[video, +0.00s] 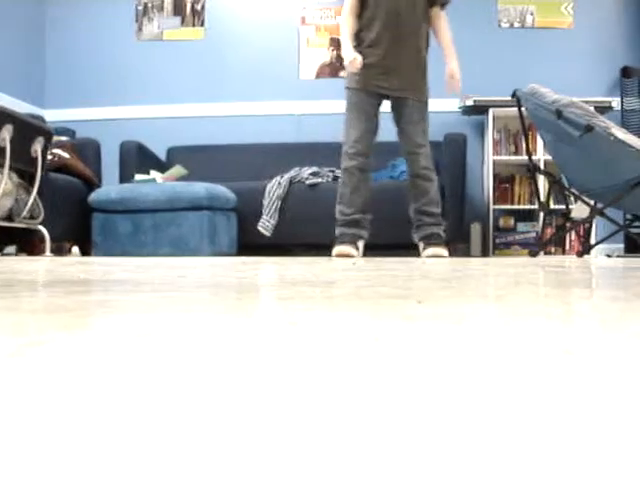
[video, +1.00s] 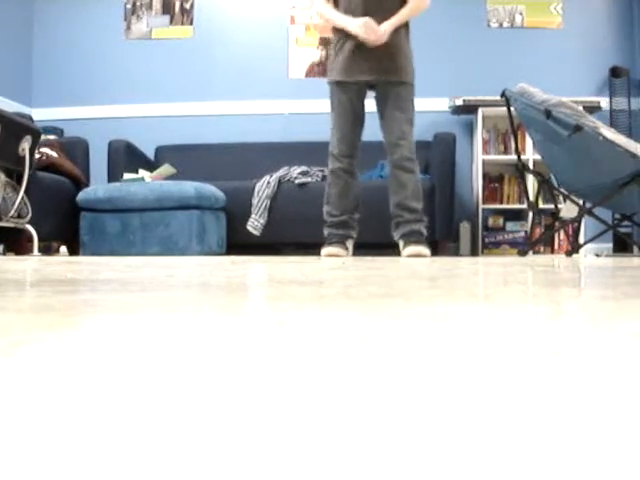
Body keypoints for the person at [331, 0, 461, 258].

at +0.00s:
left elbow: (437, 15)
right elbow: (349, 12)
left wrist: (451, 62)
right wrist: (348, 51)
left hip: (410, 72)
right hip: (365, 69)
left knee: (419, 157)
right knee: (355, 154)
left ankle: (431, 238)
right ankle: (348, 238)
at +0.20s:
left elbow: (409, 7)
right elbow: (324, 16)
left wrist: (422, 46)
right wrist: (319, 60)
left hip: (389, 67)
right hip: (344, 68)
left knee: (401, 151)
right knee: (342, 156)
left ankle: (412, 234)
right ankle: (344, 237)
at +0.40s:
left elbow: (398, 3)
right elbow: (307, 23)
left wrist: (414, 36)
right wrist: (285, 63)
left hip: (374, 61)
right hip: (330, 63)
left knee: (372, 147)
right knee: (331, 154)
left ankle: (384, 235)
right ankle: (337, 236)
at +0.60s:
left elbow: (397, 2)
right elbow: (300, 21)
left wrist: (410, 27)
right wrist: (268, 63)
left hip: (372, 57)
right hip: (327, 61)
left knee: (377, 128)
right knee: (331, 154)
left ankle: (400, 223)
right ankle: (337, 236)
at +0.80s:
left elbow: (400, 3)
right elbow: (310, 8)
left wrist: (382, 25)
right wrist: (297, 39)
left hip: (380, 56)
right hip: (332, 59)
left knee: (401, 146)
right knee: (334, 155)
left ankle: (414, 233)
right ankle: (337, 237)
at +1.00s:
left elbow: (422, 2)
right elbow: (321, 7)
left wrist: (387, 26)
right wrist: (353, 24)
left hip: (395, 56)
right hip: (346, 57)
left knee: (402, 152)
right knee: (342, 154)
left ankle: (412, 237)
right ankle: (337, 238)